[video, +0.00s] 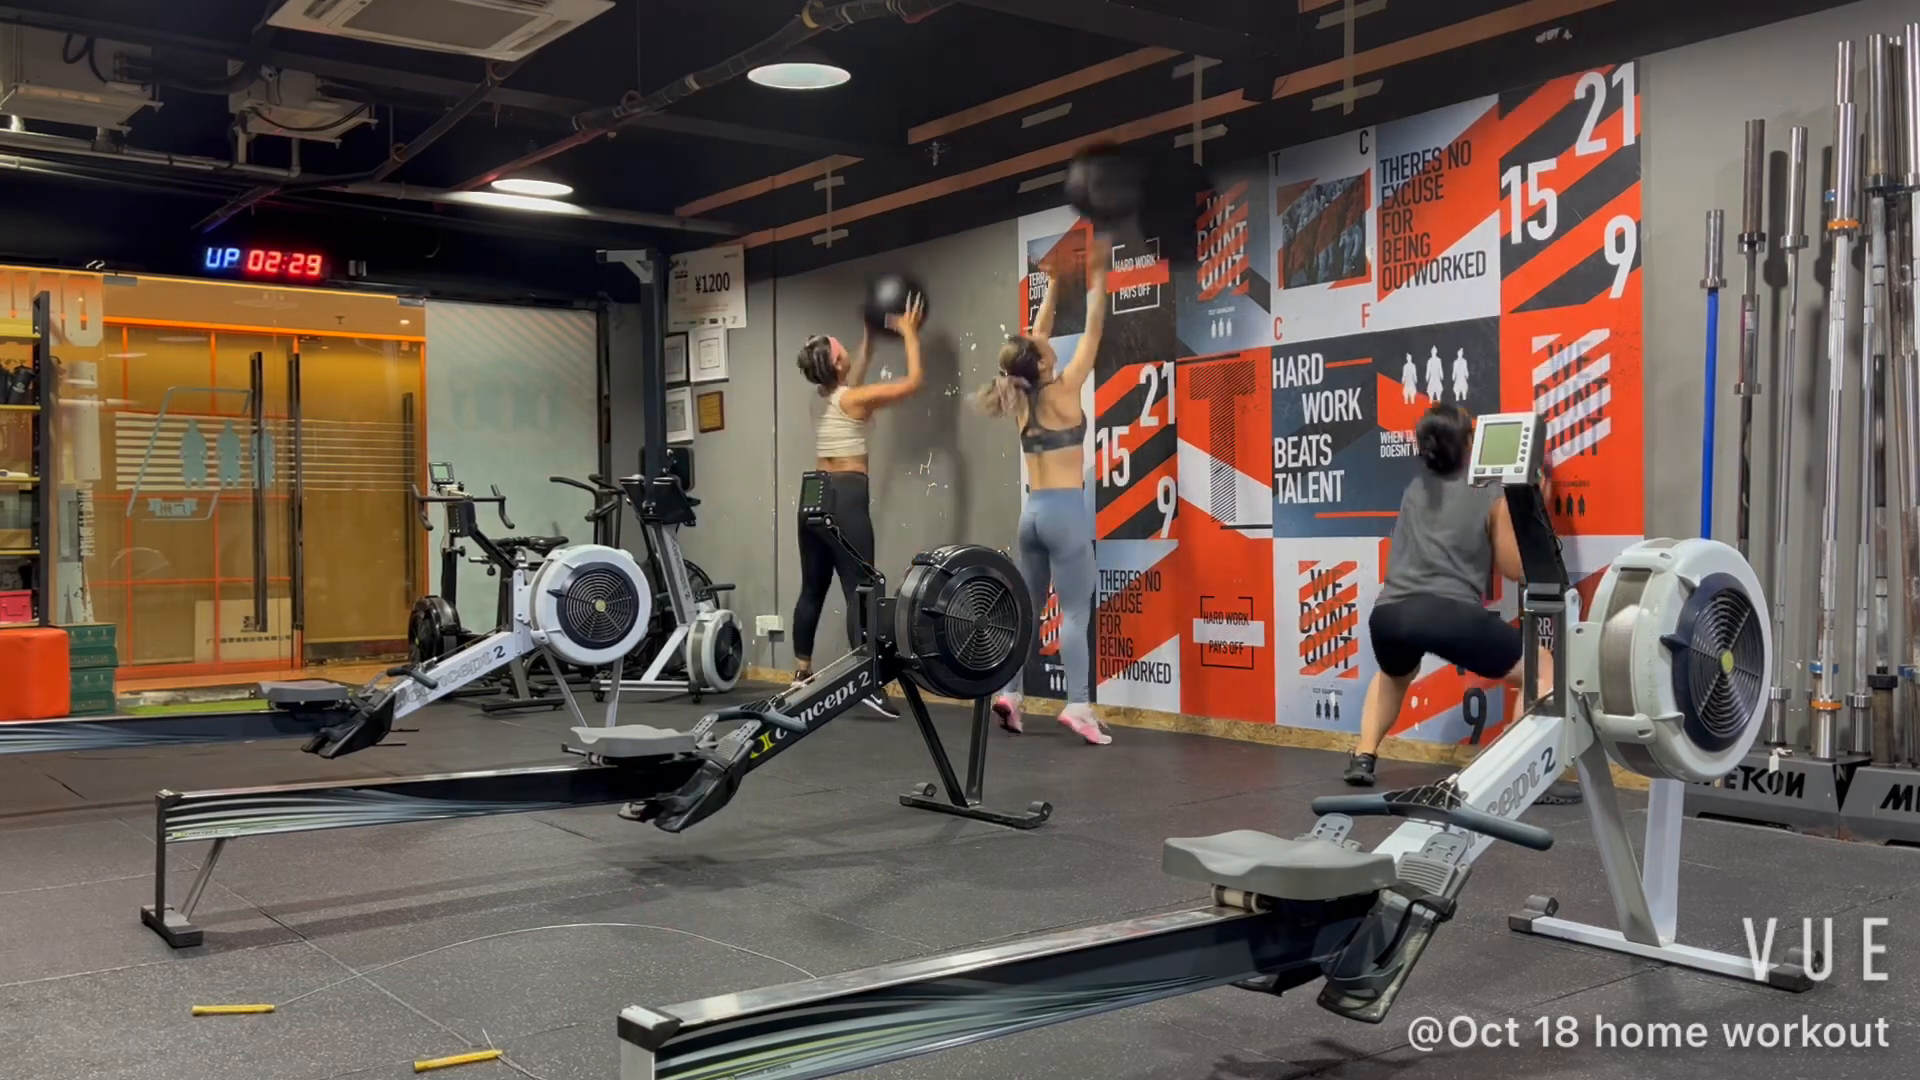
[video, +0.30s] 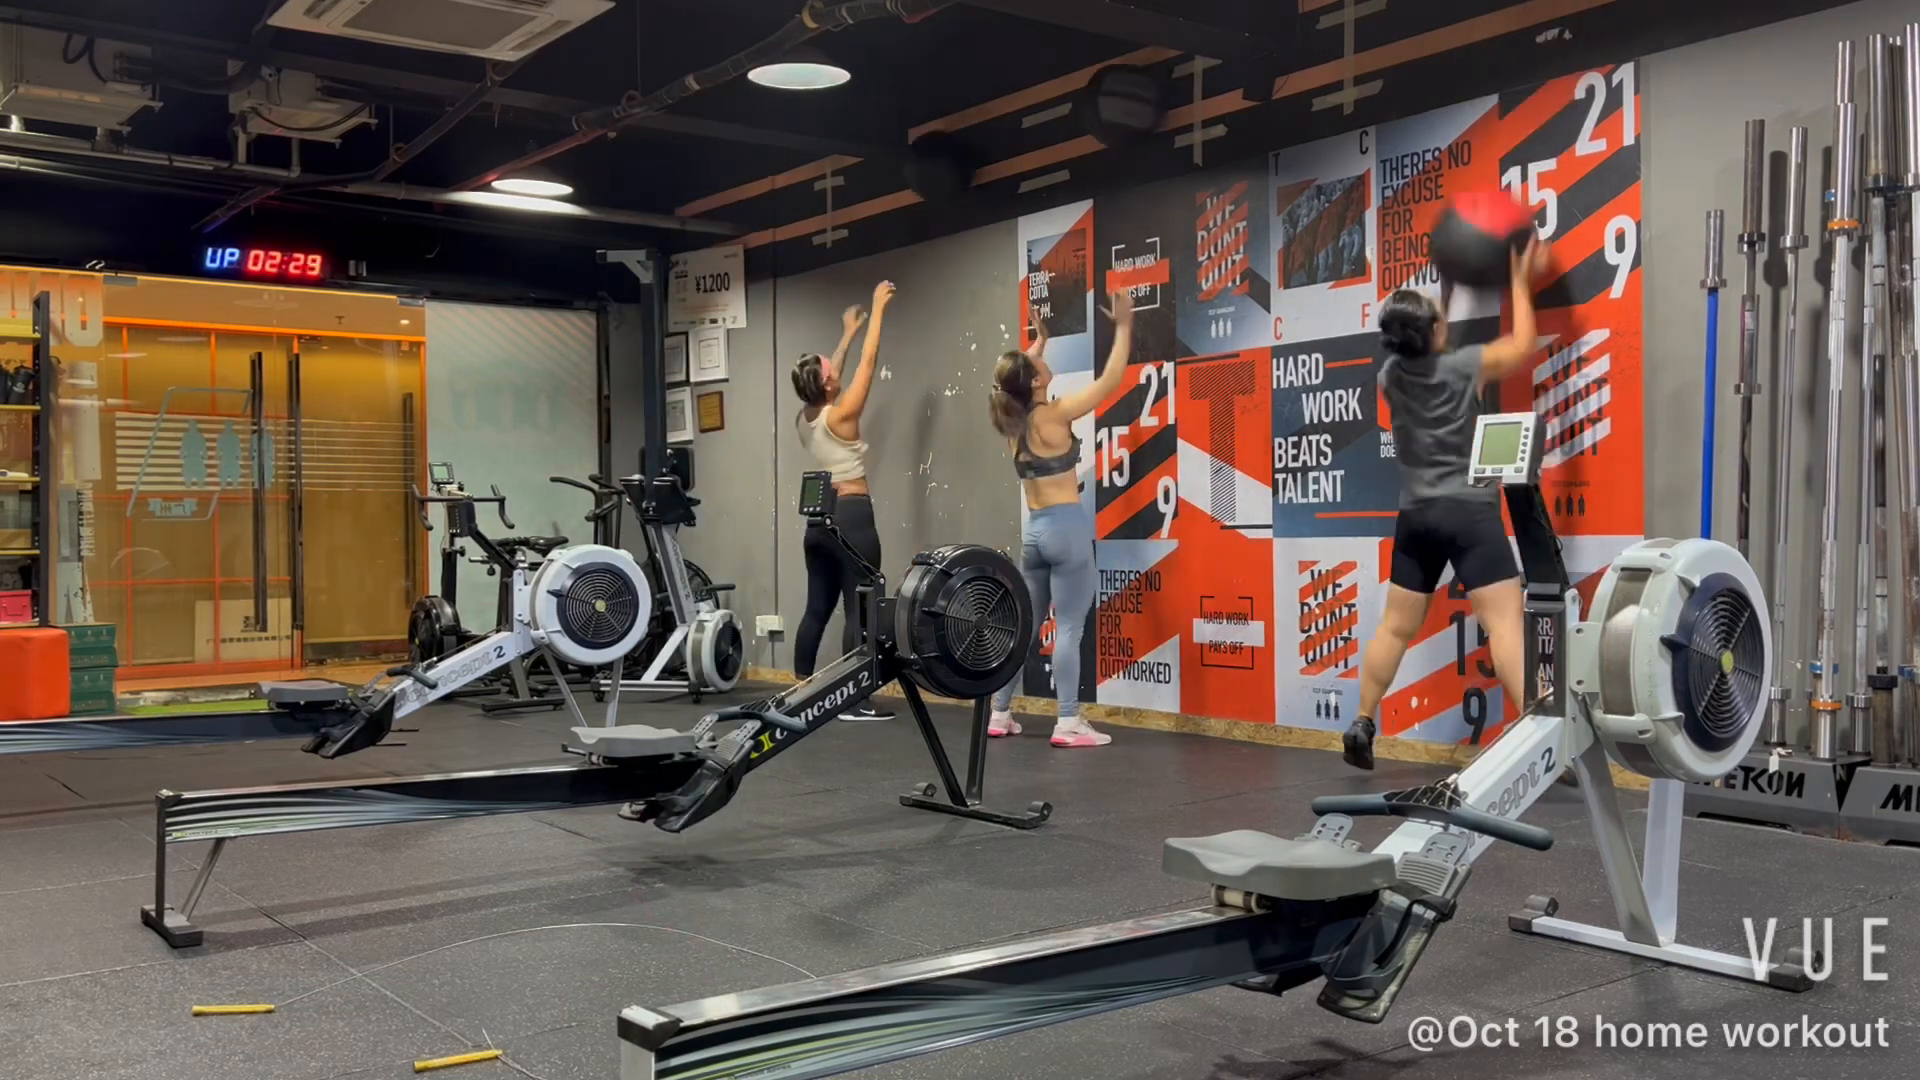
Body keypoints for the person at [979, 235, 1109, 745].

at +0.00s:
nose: (1050, 346)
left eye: (1044, 344)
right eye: (1045, 345)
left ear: (1022, 367)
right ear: (1042, 362)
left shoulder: (1020, 395)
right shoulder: (1067, 387)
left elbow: (1037, 336)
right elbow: (1095, 328)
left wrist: (1051, 289)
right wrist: (1099, 273)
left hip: (1032, 509)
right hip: (1067, 509)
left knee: (1025, 607)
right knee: (1075, 611)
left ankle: (1007, 691)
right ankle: (1078, 704)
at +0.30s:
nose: (1043, 368)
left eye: (1040, 364)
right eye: (1040, 368)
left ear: (1013, 386)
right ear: (1038, 380)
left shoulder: (1012, 418)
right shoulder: (1057, 412)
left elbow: (1025, 379)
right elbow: (1109, 381)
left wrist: (1040, 341)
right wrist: (1123, 325)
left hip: (1033, 525)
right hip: (1067, 523)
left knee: (1022, 624)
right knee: (1068, 629)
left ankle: (1000, 714)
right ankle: (1068, 722)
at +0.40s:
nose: (1043, 371)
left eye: (1040, 367)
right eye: (1038, 368)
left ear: (1013, 389)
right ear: (1032, 383)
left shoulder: (1014, 421)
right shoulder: (1055, 415)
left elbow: (1036, 403)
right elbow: (1115, 397)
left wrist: (1049, 373)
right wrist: (1143, 347)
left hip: (1032, 526)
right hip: (1064, 525)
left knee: (1021, 622)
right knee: (1069, 628)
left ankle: (999, 713)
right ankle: (1069, 722)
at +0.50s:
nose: (1044, 375)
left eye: (1038, 370)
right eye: (1038, 372)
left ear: (1013, 389)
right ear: (1029, 383)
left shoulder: (1009, 422)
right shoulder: (1055, 414)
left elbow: (1042, 416)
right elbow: (1119, 403)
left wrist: (1063, 386)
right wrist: (1151, 360)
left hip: (1029, 529)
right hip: (1061, 527)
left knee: (1019, 623)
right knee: (1069, 628)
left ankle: (998, 713)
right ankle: (1068, 722)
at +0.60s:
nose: (1044, 367)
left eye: (1038, 364)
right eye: (1039, 367)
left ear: (1014, 387)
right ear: (1034, 381)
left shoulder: (1012, 421)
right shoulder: (1054, 414)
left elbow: (1053, 419)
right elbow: (1121, 404)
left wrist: (1077, 387)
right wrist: (1149, 362)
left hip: (1026, 528)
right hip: (1057, 528)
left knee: (1020, 622)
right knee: (1072, 627)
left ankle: (999, 714)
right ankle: (1069, 723)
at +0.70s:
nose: (1046, 365)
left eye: (1039, 362)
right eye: (1040, 366)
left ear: (1016, 389)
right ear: (1039, 381)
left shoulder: (1016, 423)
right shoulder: (1058, 417)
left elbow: (1061, 424)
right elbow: (1125, 413)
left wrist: (1084, 391)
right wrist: (1138, 366)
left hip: (1018, 533)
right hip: (1049, 534)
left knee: (1017, 624)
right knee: (1082, 625)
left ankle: (999, 714)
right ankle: (1070, 722)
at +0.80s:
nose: (1053, 391)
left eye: (1048, 386)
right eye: (1047, 389)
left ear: (1021, 410)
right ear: (1040, 405)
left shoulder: (1017, 442)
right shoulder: (1062, 442)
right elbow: (1124, 466)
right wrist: (1130, 423)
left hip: (1012, 550)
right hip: (1043, 554)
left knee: (1018, 632)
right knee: (1097, 635)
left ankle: (999, 714)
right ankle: (1070, 723)